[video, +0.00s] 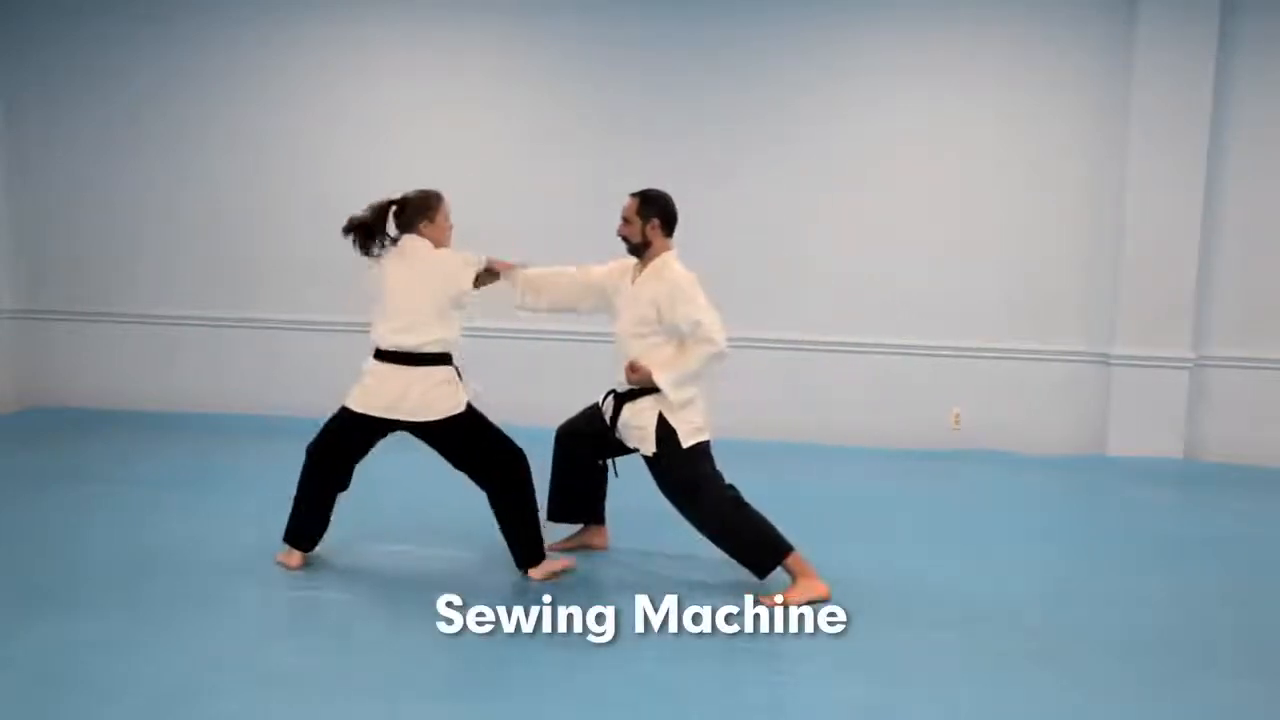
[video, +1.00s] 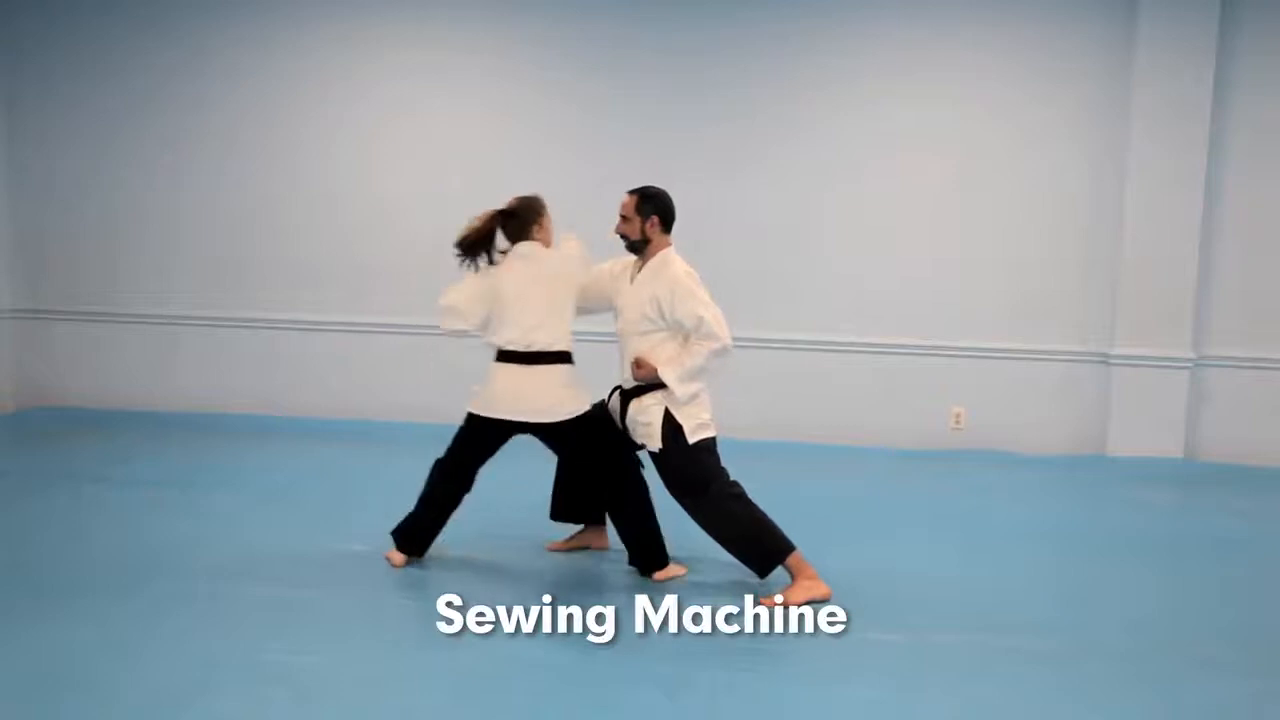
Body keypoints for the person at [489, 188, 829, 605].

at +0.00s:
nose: (619, 228)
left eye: (626, 221)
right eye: (620, 220)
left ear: (654, 228)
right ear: (646, 227)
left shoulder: (674, 280)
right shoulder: (623, 274)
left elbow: (712, 341)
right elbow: (572, 282)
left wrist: (658, 372)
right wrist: (512, 274)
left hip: (670, 412)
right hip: (633, 405)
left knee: (710, 500)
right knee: (575, 438)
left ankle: (805, 577)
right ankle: (592, 530)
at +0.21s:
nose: (618, 227)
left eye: (626, 220)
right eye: (620, 219)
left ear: (652, 227)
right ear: (649, 227)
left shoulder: (673, 279)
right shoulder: (626, 273)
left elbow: (711, 341)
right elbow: (567, 287)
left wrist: (659, 374)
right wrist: (503, 287)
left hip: (671, 411)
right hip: (635, 404)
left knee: (708, 499)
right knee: (576, 436)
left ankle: (805, 578)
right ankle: (591, 529)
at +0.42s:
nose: (615, 225)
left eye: (623, 218)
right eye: (617, 217)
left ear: (649, 226)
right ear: (647, 225)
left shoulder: (670, 277)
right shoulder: (623, 271)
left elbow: (711, 340)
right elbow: (568, 291)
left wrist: (659, 373)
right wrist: (511, 269)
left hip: (669, 409)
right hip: (632, 403)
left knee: (708, 498)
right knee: (573, 437)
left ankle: (805, 577)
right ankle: (589, 527)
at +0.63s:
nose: (617, 225)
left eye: (624, 219)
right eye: (618, 218)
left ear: (650, 224)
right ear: (647, 224)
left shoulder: (671, 277)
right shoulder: (624, 272)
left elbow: (711, 341)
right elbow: (565, 289)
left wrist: (659, 374)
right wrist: (507, 276)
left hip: (669, 411)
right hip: (632, 404)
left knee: (709, 498)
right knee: (575, 440)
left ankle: (805, 578)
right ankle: (591, 530)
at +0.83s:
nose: (619, 227)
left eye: (626, 221)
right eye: (620, 219)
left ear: (653, 226)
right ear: (649, 226)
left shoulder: (674, 278)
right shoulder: (627, 273)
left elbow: (713, 340)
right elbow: (567, 286)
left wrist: (663, 373)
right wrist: (507, 285)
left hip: (673, 411)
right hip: (636, 404)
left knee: (711, 498)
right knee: (583, 439)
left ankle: (806, 578)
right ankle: (599, 531)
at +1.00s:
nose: (617, 225)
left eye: (625, 218)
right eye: (618, 217)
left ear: (652, 224)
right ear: (647, 224)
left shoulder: (675, 275)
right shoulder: (622, 271)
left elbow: (715, 337)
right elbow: (571, 293)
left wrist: (664, 370)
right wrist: (522, 275)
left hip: (674, 407)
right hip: (634, 400)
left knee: (714, 494)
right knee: (587, 437)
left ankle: (807, 578)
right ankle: (593, 529)